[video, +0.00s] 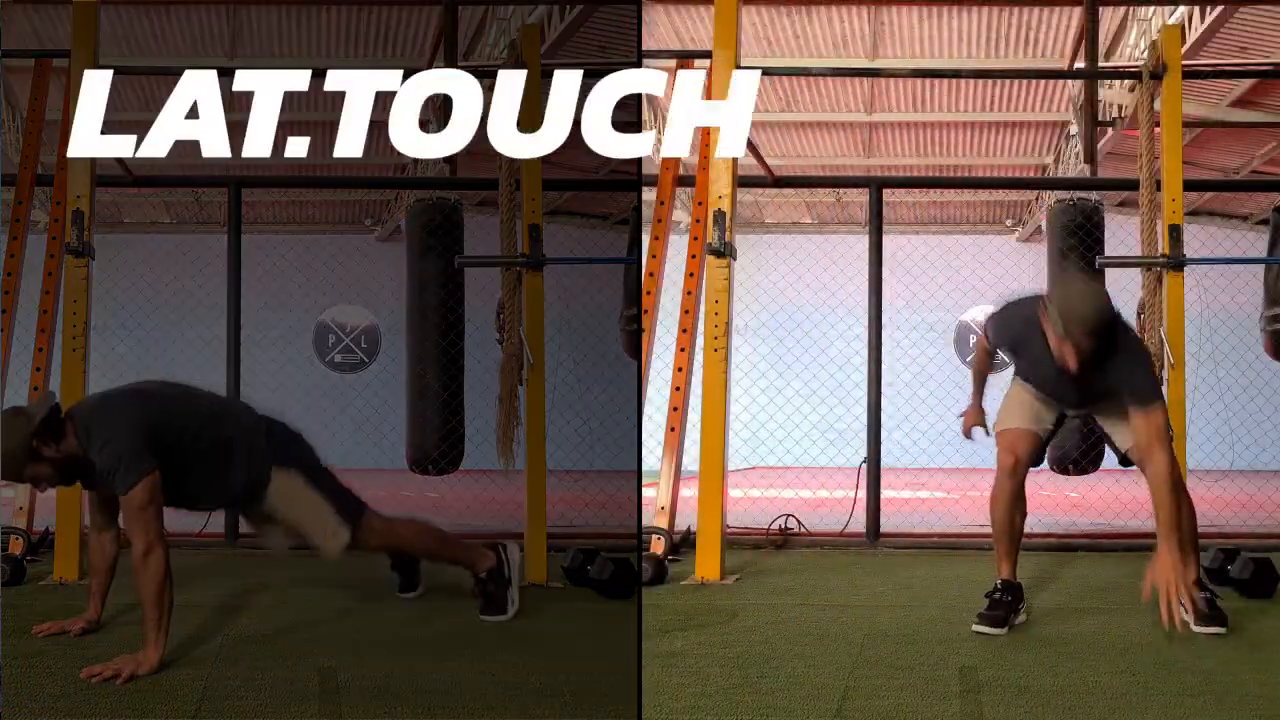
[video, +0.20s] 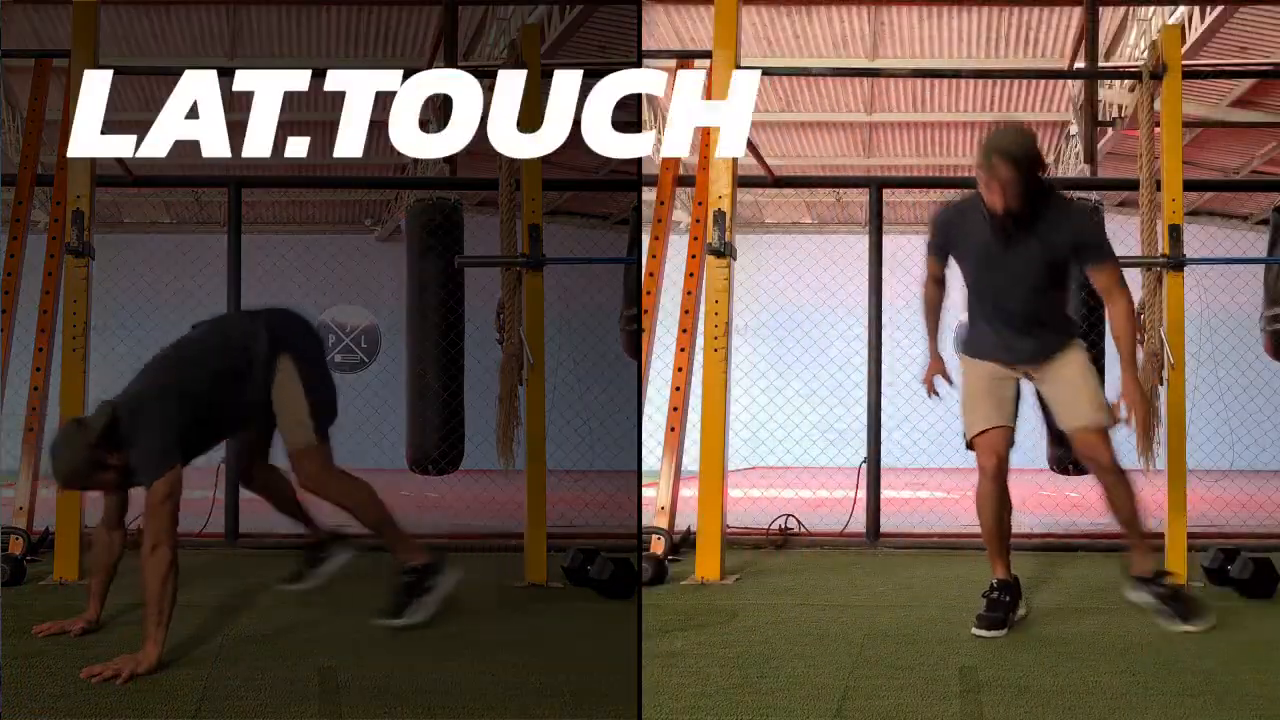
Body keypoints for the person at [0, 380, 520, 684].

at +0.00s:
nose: (40, 485)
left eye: (34, 477)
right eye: (31, 480)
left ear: (46, 448)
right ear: (46, 439)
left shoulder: (117, 432)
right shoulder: (85, 438)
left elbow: (148, 544)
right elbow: (103, 531)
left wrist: (152, 649)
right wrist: (92, 610)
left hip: (265, 456)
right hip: (238, 474)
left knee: (362, 529)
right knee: (323, 527)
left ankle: (484, 558)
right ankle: (401, 546)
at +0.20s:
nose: (101, 493)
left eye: (96, 483)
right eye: (93, 488)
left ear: (108, 460)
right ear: (102, 454)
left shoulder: (153, 433)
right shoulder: (112, 433)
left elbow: (160, 546)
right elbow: (110, 529)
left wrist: (150, 651)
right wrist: (93, 612)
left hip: (284, 344)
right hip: (244, 364)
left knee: (316, 474)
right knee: (251, 469)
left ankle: (418, 561)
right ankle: (320, 540)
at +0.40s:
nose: (122, 445)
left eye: (119, 433)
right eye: (116, 438)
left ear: (135, 414)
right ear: (132, 412)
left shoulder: (181, 412)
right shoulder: (141, 416)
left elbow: (166, 524)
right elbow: (121, 511)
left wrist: (132, 622)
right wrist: (87, 596)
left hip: (323, 357)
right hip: (272, 368)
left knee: (283, 465)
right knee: (216, 468)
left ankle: (332, 605)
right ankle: (242, 578)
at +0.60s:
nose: (124, 279)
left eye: (126, 267)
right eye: (118, 270)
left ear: (152, 252)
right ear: (140, 261)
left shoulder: (208, 282)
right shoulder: (166, 300)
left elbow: (236, 375)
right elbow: (165, 381)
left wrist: (197, 459)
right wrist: (142, 455)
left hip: (321, 355)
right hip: (272, 368)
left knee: (284, 462)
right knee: (217, 464)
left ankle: (331, 604)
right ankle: (242, 577)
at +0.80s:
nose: (156, 165)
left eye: (158, 151)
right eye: (151, 155)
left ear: (186, 138)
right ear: (171, 148)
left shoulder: (254, 175)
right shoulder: (199, 195)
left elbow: (298, 257)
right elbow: (221, 272)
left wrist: (270, 337)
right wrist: (205, 342)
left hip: (287, 335)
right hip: (244, 339)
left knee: (290, 463)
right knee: (227, 458)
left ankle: (331, 601)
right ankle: (243, 576)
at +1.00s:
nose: (196, 140)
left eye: (204, 126)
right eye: (194, 130)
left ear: (233, 121)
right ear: (202, 134)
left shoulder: (276, 168)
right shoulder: (216, 185)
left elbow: (314, 251)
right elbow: (229, 274)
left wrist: (285, 328)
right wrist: (210, 339)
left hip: (266, 336)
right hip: (221, 342)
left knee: (287, 464)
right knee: (227, 460)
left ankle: (331, 602)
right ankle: (242, 576)